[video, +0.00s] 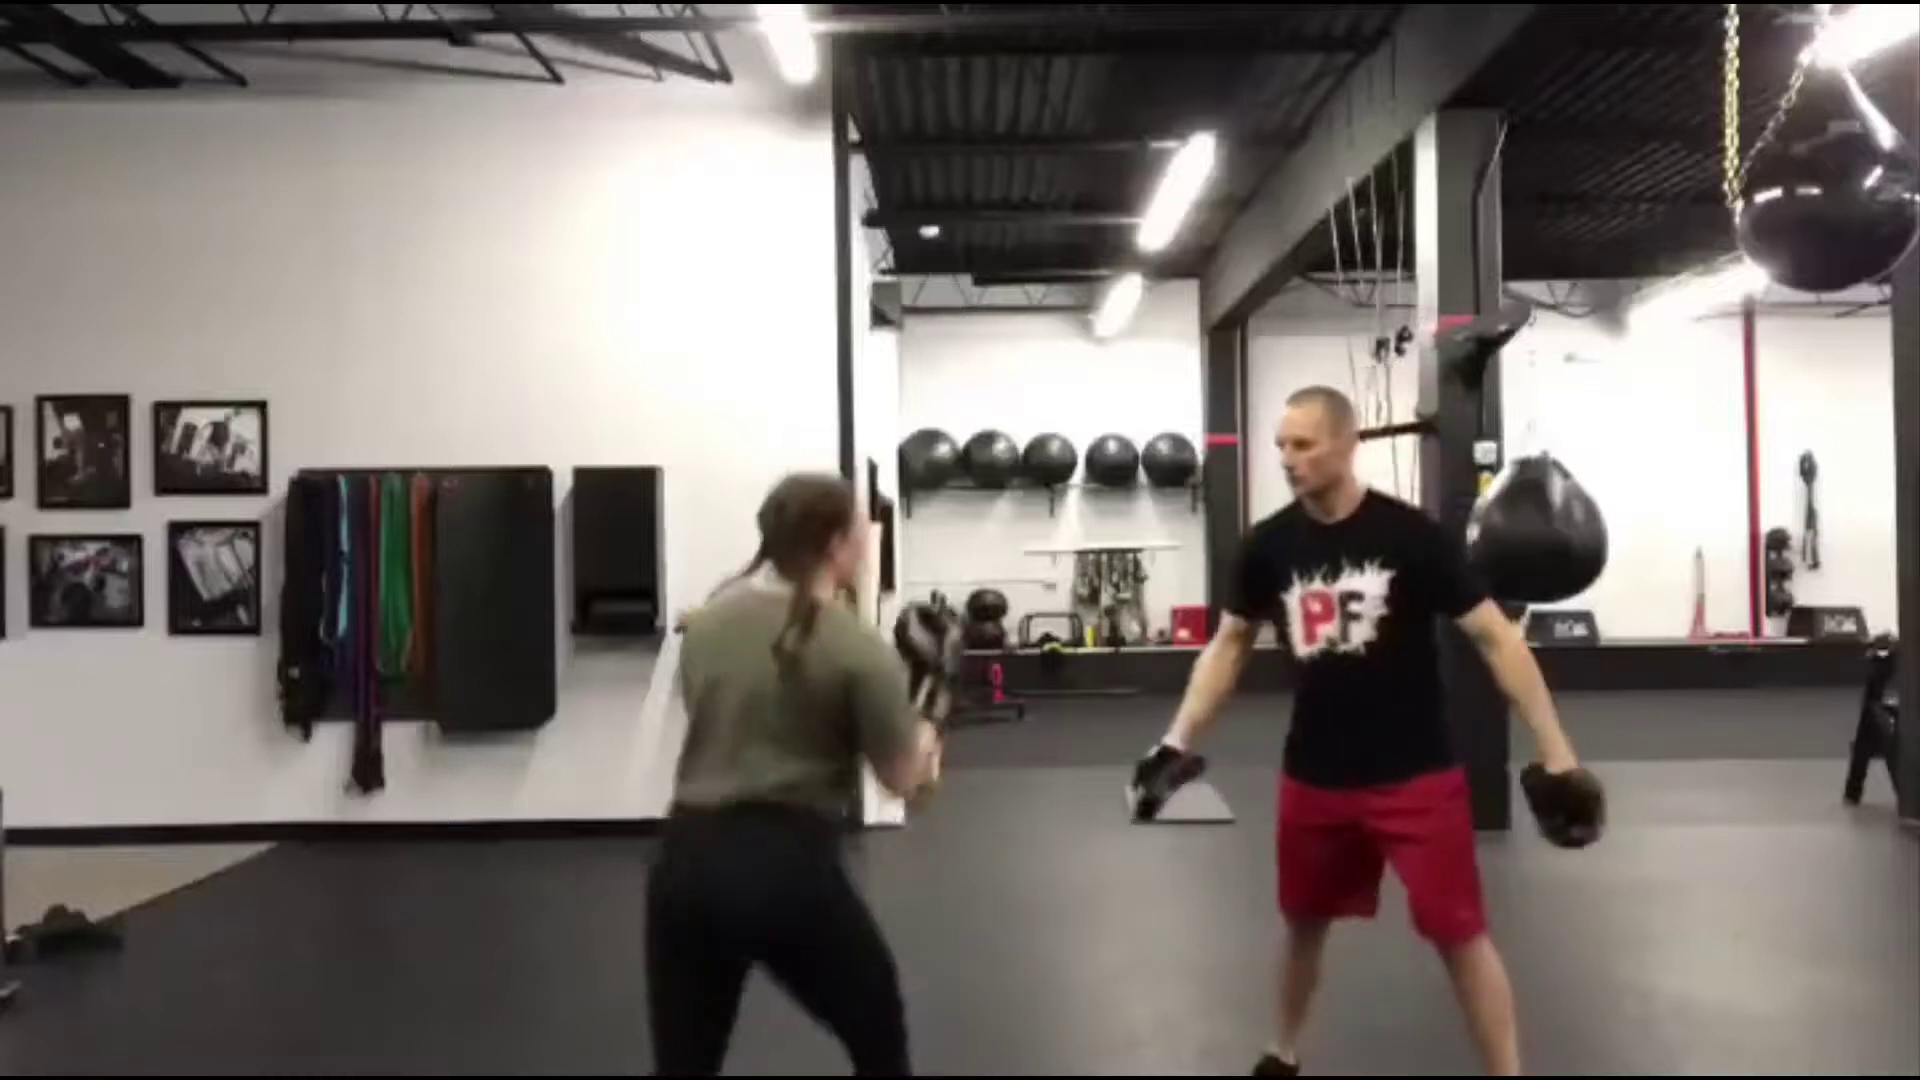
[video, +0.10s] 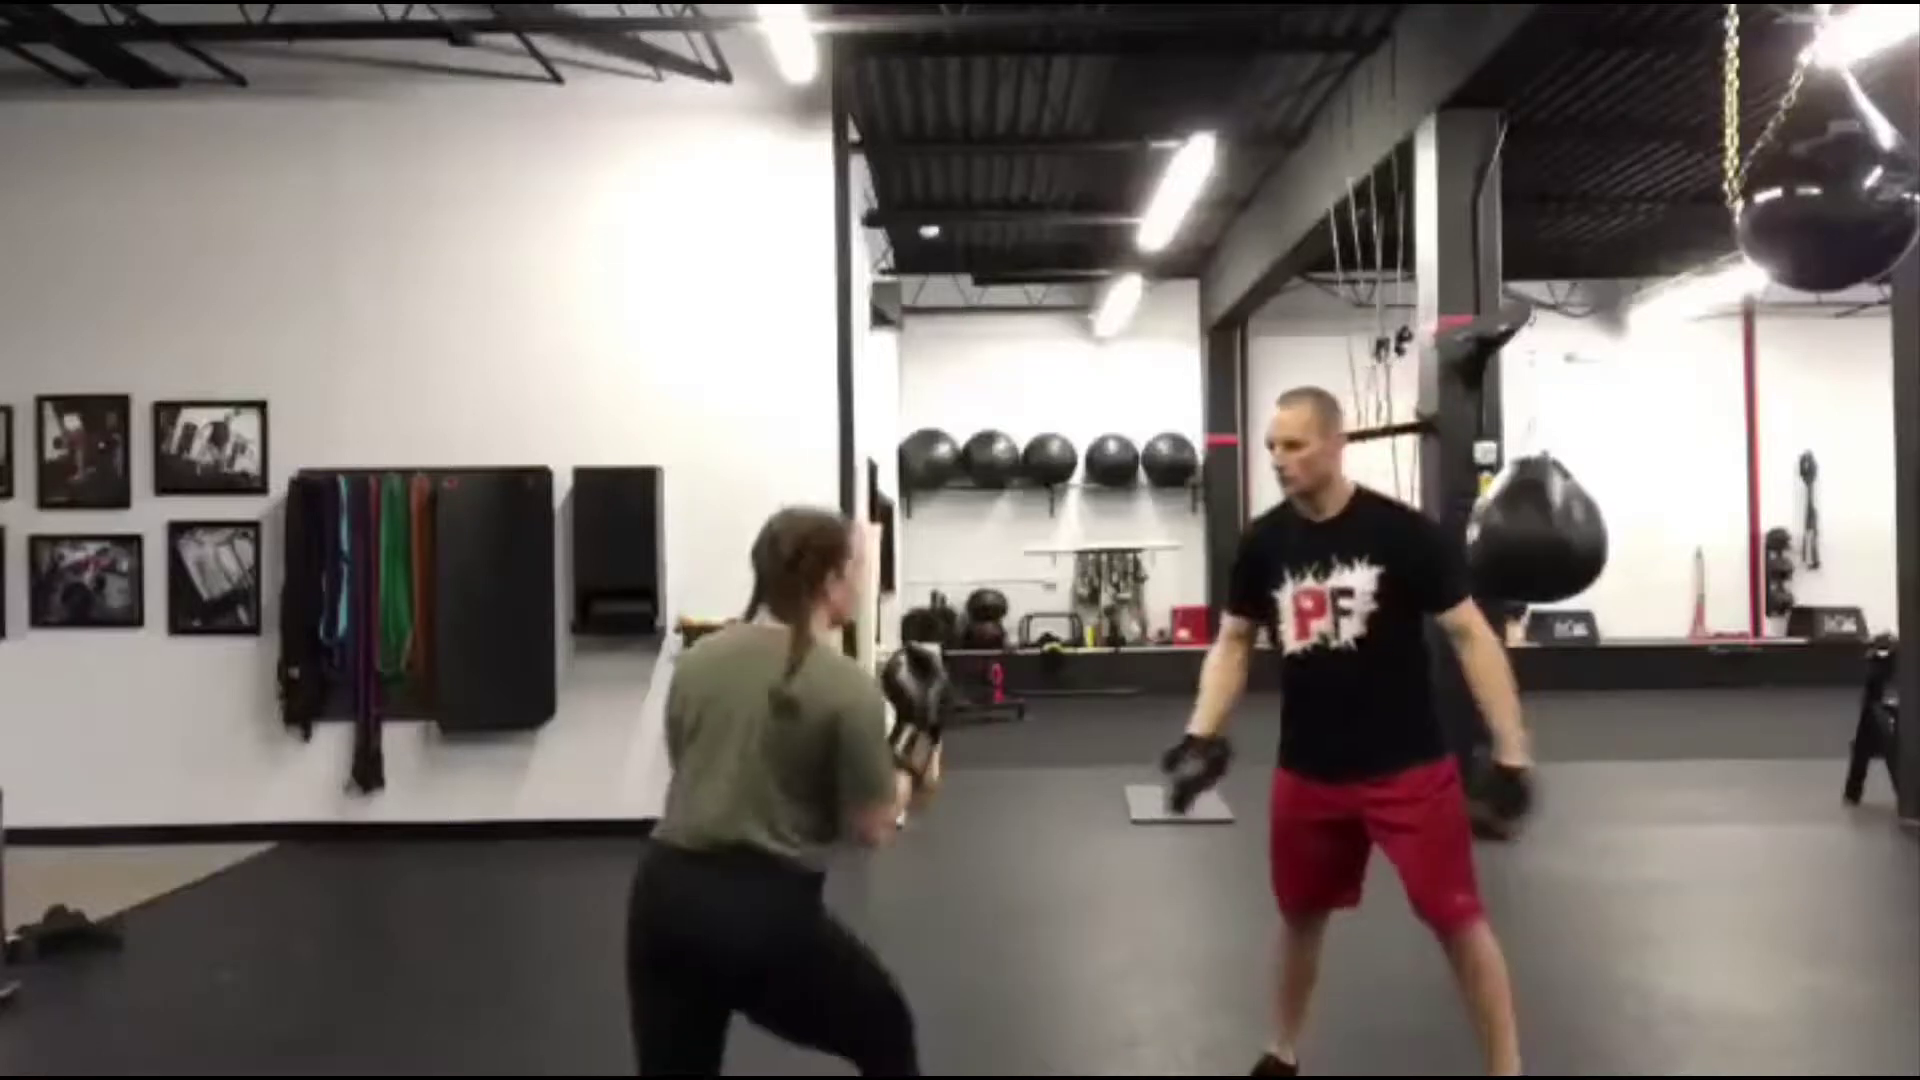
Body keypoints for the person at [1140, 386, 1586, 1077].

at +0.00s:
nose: (1289, 459)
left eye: (1304, 446)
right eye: (1283, 446)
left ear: (1350, 445)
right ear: (1280, 449)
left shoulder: (1416, 537)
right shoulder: (1269, 546)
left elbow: (1498, 638)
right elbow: (1228, 645)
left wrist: (1560, 761)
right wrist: (1178, 744)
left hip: (1418, 781)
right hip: (1315, 781)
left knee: (1460, 937)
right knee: (1302, 925)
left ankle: (1506, 1070)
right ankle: (1283, 1056)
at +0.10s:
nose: (1281, 460)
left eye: (1296, 446)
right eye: (1274, 447)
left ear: (1339, 445)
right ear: (1270, 450)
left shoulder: (1408, 534)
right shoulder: (1262, 544)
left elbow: (1473, 635)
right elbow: (1232, 643)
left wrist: (1511, 752)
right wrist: (1203, 733)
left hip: (1411, 772)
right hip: (1309, 775)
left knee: (1459, 923)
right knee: (1299, 919)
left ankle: (1505, 1065)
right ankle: (1283, 1054)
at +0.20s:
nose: (1284, 460)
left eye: (1297, 446)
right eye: (1277, 447)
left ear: (1340, 443)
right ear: (1274, 450)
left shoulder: (1405, 532)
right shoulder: (1265, 545)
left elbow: (1452, 643)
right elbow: (1244, 644)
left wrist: (1424, 745)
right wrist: (1251, 725)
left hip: (1403, 761)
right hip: (1310, 766)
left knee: (1459, 916)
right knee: (1298, 917)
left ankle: (1511, 1055)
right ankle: (1283, 1054)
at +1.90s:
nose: (1365, 475)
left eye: (1379, 461)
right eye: (1356, 463)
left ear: (1415, 461)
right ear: (1347, 469)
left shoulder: (1464, 552)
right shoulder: (1323, 553)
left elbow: (1497, 669)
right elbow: (1282, 649)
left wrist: (1416, 717)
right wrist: (1277, 628)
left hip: (1452, 778)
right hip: (1347, 776)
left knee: (1509, 920)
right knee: (1307, 913)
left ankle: (1543, 1044)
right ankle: (1265, 1064)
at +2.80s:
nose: (1322, 503)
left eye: (1335, 489)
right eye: (1312, 491)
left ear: (1372, 485)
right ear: (1304, 494)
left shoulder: (1423, 556)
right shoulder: (1291, 571)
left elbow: (1441, 666)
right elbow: (1257, 662)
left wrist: (1349, 630)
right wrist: (1285, 739)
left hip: (1425, 779)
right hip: (1329, 777)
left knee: (1483, 922)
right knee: (1293, 914)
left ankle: (1508, 1022)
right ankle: (1261, 1065)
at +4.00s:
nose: (1335, 500)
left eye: (1349, 488)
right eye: (1331, 488)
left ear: (1389, 493)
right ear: (1327, 493)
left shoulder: (1439, 566)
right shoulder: (1310, 571)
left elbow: (1464, 680)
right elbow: (1253, 650)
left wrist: (1410, 615)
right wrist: (1258, 694)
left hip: (1429, 778)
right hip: (1327, 775)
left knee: (1491, 917)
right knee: (1284, 905)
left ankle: (1509, 1026)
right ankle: (1245, 1053)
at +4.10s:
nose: (1334, 496)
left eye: (1349, 484)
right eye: (1329, 485)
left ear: (1388, 489)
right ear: (1323, 493)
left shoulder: (1440, 564)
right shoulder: (1309, 570)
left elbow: (1465, 677)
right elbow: (1283, 657)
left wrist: (1407, 608)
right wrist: (1250, 604)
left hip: (1431, 778)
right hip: (1329, 772)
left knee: (1491, 919)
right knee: (1282, 904)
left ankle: (1510, 1026)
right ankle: (1245, 1052)